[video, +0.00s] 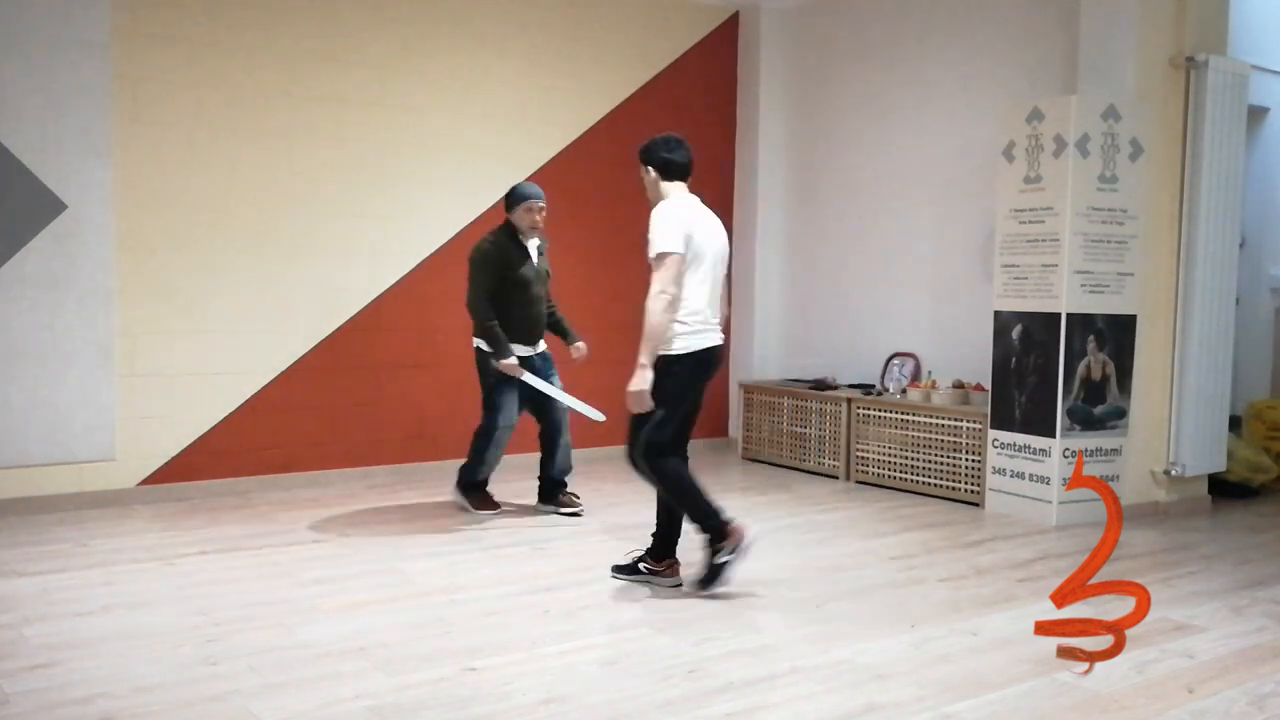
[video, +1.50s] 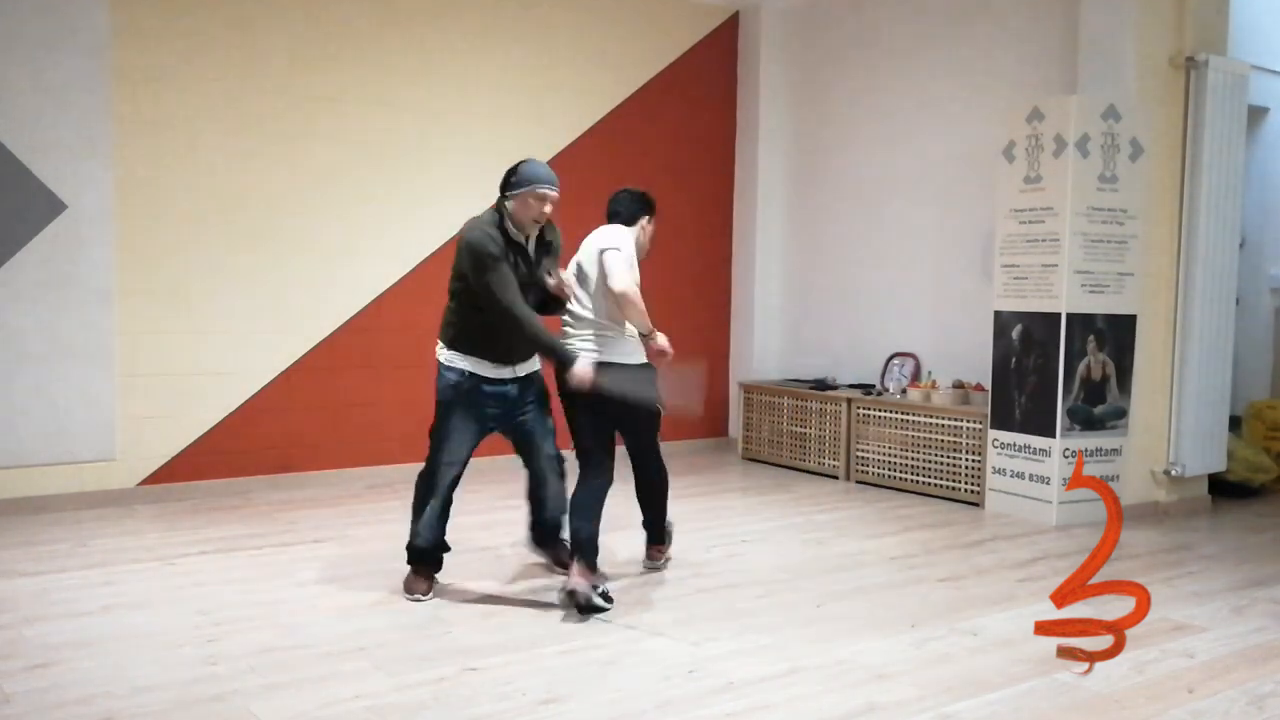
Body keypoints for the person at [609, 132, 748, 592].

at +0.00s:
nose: (642, 181)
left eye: (642, 173)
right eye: (641, 173)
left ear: (652, 172)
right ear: (685, 173)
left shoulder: (669, 214)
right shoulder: (709, 218)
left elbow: (664, 293)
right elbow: (718, 302)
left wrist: (644, 365)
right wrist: (708, 349)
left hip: (679, 351)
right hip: (704, 349)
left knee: (646, 450)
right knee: (670, 451)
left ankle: (722, 532)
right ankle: (663, 556)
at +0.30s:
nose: (600, 174)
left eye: (600, 168)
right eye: (606, 166)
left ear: (608, 171)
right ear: (650, 172)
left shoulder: (603, 219)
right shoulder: (681, 225)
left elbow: (595, 303)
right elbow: (689, 309)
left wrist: (572, 381)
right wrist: (662, 346)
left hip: (621, 359)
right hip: (668, 358)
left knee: (589, 469)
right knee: (650, 455)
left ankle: (575, 587)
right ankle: (658, 555)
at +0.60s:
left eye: (572, 167)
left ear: (573, 168)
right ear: (623, 166)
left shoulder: (559, 226)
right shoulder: (663, 221)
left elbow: (534, 319)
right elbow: (681, 313)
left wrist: (519, 392)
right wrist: (680, 381)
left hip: (588, 372)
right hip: (656, 371)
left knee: (562, 476)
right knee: (656, 477)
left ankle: (573, 592)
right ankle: (649, 576)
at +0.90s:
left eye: (604, 231)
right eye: (641, 229)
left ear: (598, 236)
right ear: (651, 235)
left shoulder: (570, 302)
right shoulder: (683, 302)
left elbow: (545, 397)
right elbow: (710, 392)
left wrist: (528, 464)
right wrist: (709, 441)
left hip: (587, 456)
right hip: (658, 458)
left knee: (590, 493)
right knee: (653, 566)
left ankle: (605, 593)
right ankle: (630, 672)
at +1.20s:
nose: (660, 251)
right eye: (661, 243)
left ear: (613, 234)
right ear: (657, 244)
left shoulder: (573, 273)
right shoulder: (657, 280)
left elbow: (556, 361)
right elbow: (667, 369)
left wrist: (551, 437)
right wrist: (655, 419)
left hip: (569, 402)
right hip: (629, 401)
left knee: (605, 488)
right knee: (663, 504)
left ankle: (600, 591)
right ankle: (636, 585)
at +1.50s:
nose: (651, 239)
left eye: (652, 232)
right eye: (652, 230)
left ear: (612, 218)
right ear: (644, 223)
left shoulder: (585, 249)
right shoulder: (620, 239)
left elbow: (568, 297)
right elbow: (622, 290)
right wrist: (652, 332)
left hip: (578, 369)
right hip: (624, 370)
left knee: (594, 468)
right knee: (647, 458)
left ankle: (581, 571)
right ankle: (657, 543)